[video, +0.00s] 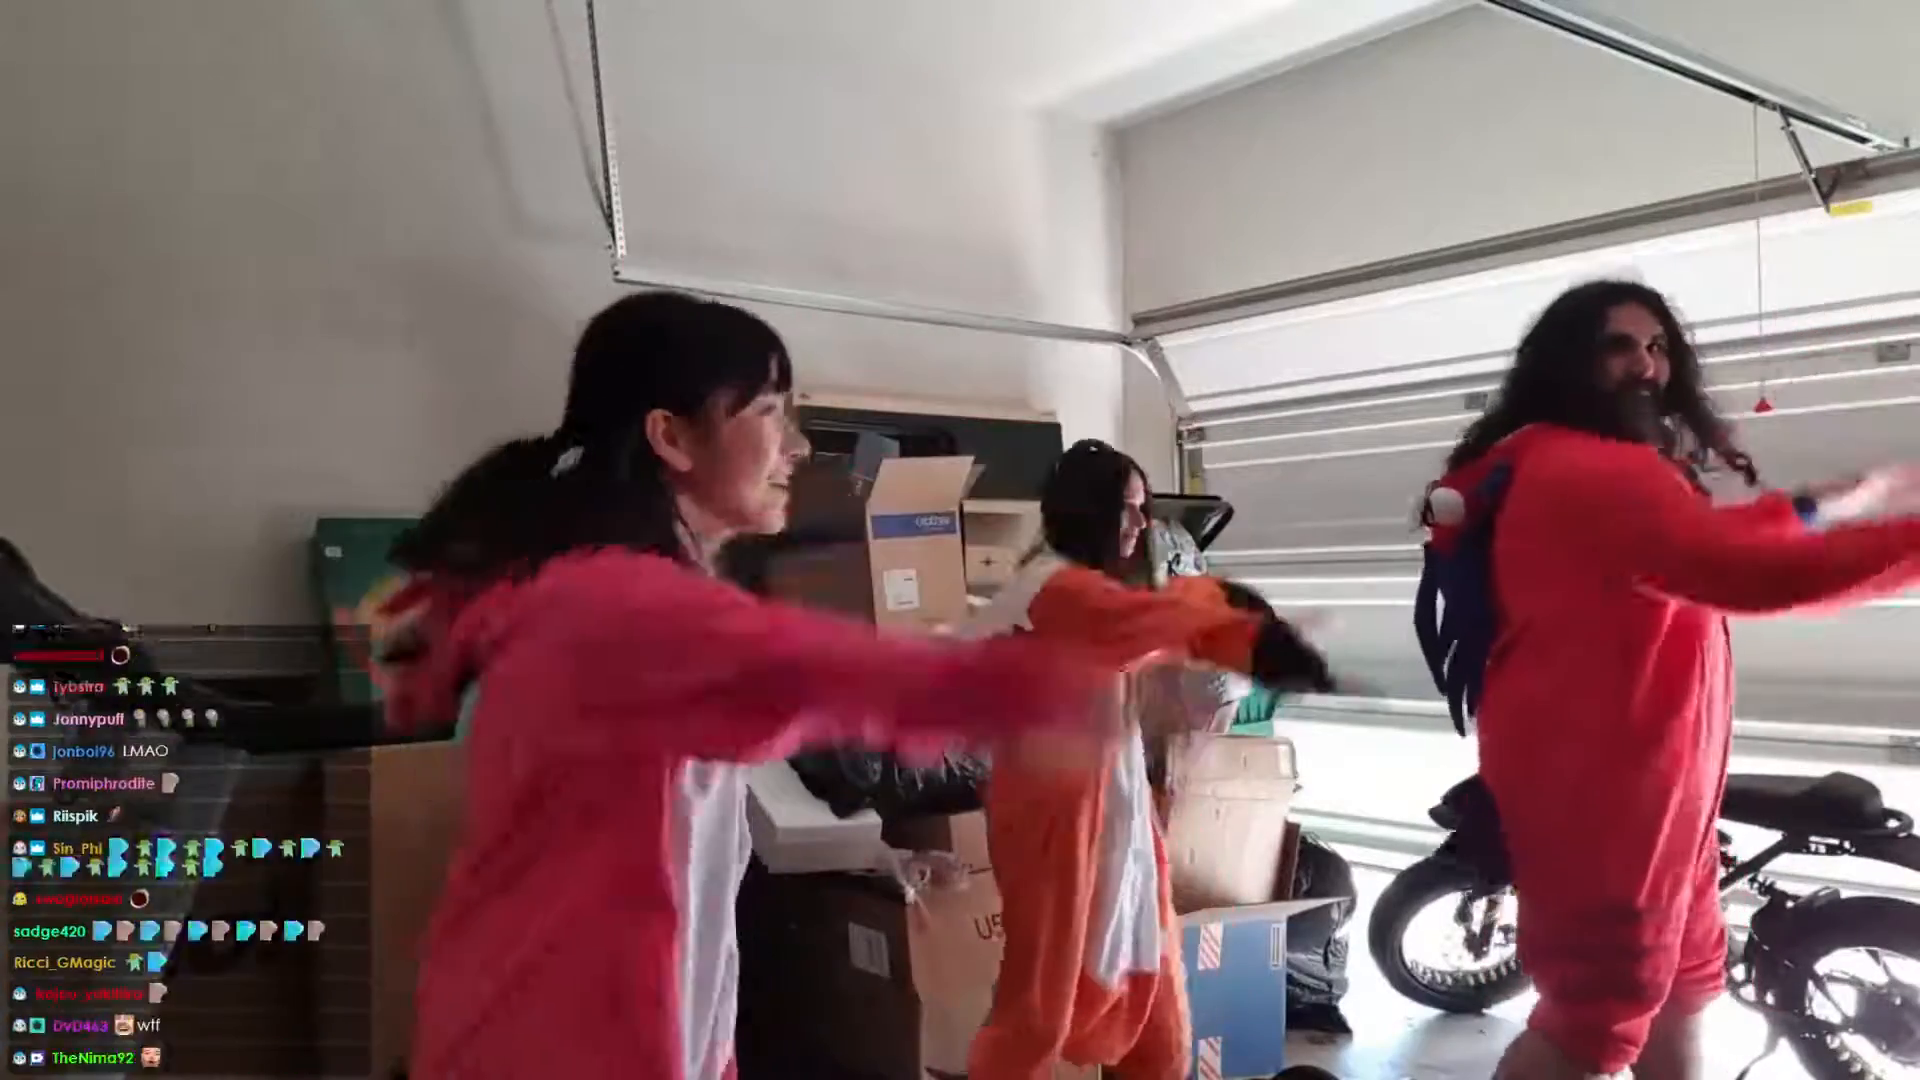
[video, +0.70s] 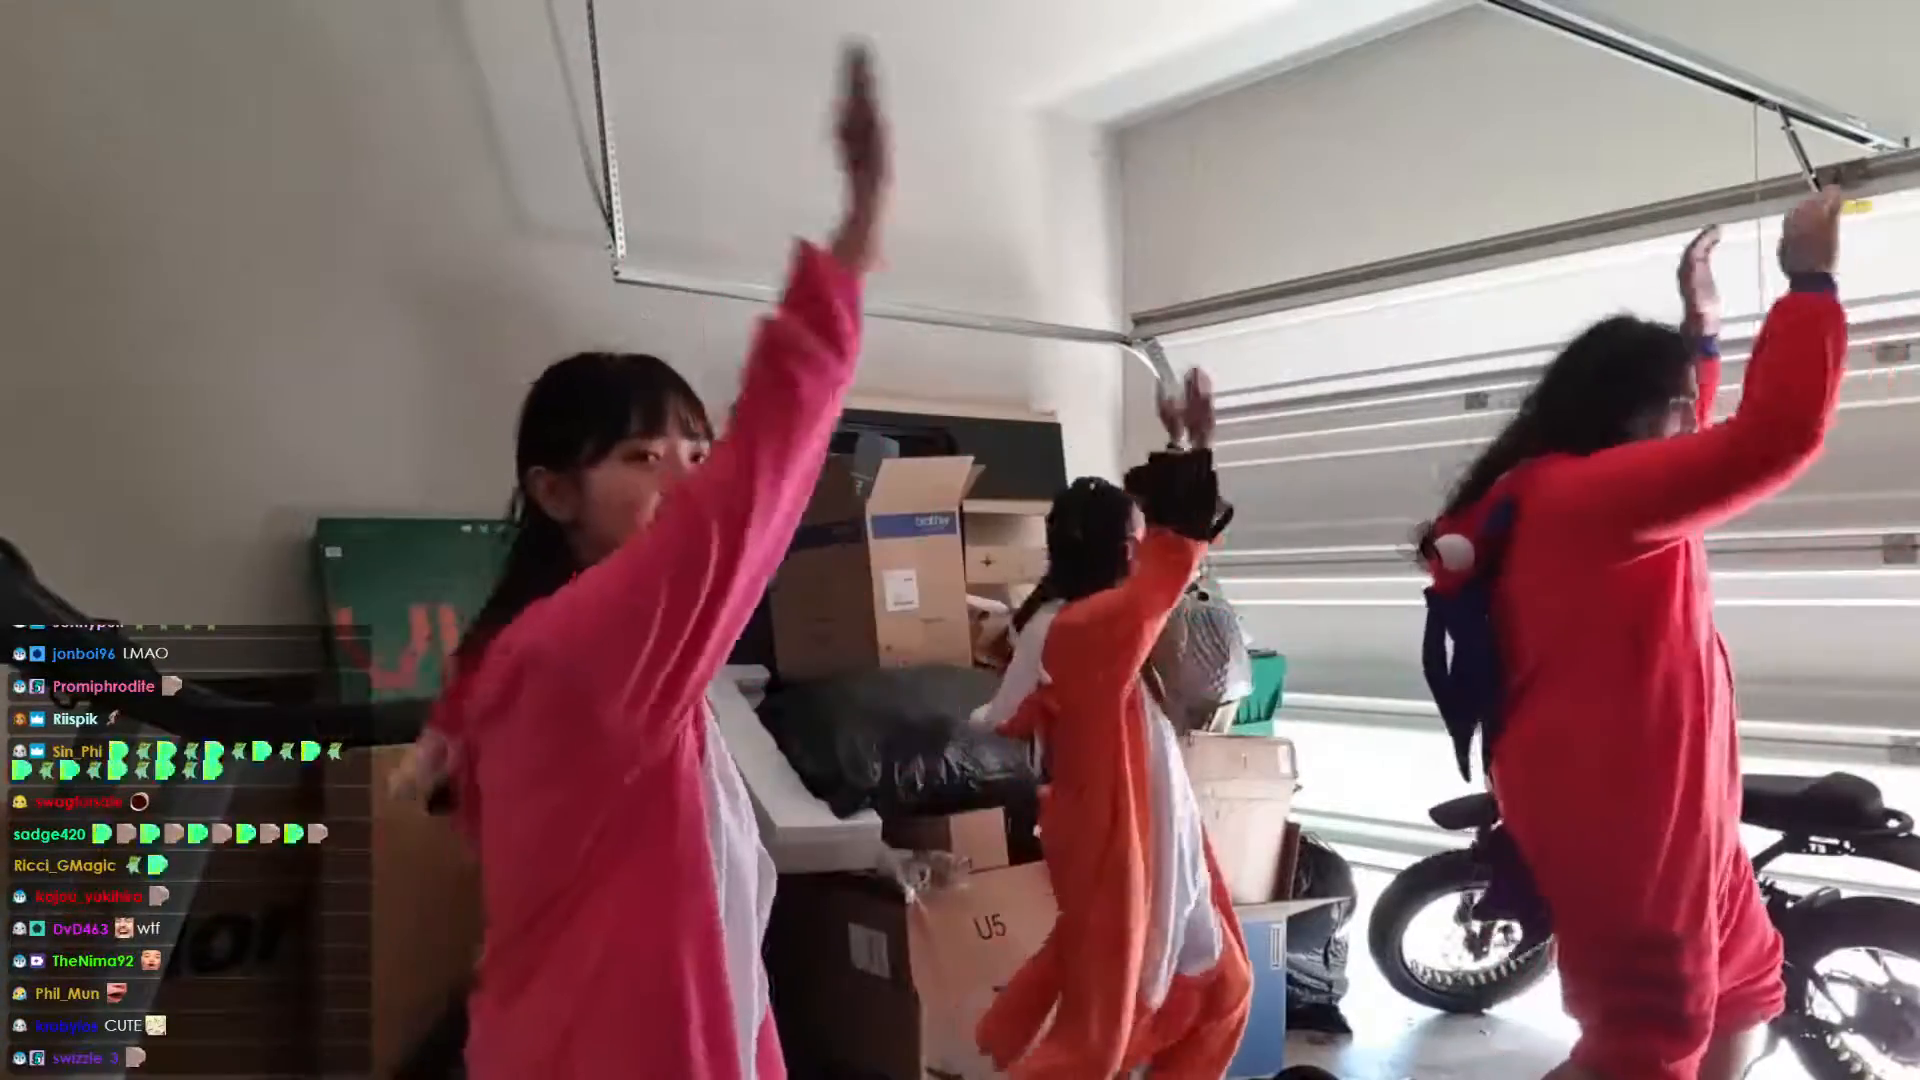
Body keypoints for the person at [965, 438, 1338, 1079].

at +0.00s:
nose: (1140, 525)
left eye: (1143, 510)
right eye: (1129, 509)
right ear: (1088, 509)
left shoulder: (1097, 589)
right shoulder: (1052, 583)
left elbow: (1168, 629)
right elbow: (1135, 619)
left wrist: (1255, 639)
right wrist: (1216, 596)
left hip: (1119, 801)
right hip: (1054, 800)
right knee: (1041, 1001)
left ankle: (1157, 1067)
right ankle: (998, 1069)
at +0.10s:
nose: (1149, 540)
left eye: (1152, 526)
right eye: (1138, 526)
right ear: (1098, 530)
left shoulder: (1092, 606)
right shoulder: (1073, 610)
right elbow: (1154, 691)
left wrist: (1210, 745)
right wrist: (1200, 784)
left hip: (1082, 835)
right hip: (1025, 834)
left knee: (1123, 984)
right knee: (1015, 999)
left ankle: (1140, 1067)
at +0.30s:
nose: (1154, 541)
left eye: (1152, 527)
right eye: (1146, 528)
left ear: (1076, 533)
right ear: (1116, 536)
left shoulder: (1054, 602)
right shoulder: (1089, 620)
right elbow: (1113, 743)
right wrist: (1147, 853)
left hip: (1015, 816)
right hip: (1041, 829)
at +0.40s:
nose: (1138, 521)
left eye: (1138, 505)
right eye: (1130, 505)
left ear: (1063, 510)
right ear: (1096, 511)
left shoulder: (1058, 582)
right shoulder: (1073, 592)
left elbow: (1160, 669)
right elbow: (1166, 663)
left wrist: (1263, 708)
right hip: (1065, 823)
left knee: (1149, 979)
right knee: (1033, 981)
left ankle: (1144, 1074)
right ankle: (999, 1069)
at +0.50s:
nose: (1131, 523)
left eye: (1131, 509)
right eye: (1127, 509)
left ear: (1051, 516)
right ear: (1108, 520)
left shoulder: (1066, 595)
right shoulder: (1079, 597)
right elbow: (1173, 592)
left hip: (1134, 811)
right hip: (1091, 815)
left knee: (1170, 973)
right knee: (1062, 968)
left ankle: (1155, 1068)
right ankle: (1007, 1066)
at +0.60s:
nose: (1139, 544)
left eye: (1140, 530)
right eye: (1126, 530)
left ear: (1068, 535)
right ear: (1090, 535)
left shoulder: (1089, 616)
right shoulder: (1083, 617)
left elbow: (1009, 699)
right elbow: (1175, 564)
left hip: (1157, 815)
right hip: (1109, 821)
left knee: (1208, 974)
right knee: (1093, 978)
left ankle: (1171, 1072)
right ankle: (1024, 1064)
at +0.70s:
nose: (1147, 540)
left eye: (1143, 527)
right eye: (1136, 528)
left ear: (1068, 542)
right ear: (1109, 542)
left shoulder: (1062, 621)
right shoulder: (1082, 631)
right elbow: (1166, 565)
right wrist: (1196, 452)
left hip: (1158, 823)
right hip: (1114, 837)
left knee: (1223, 979)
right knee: (1106, 1015)